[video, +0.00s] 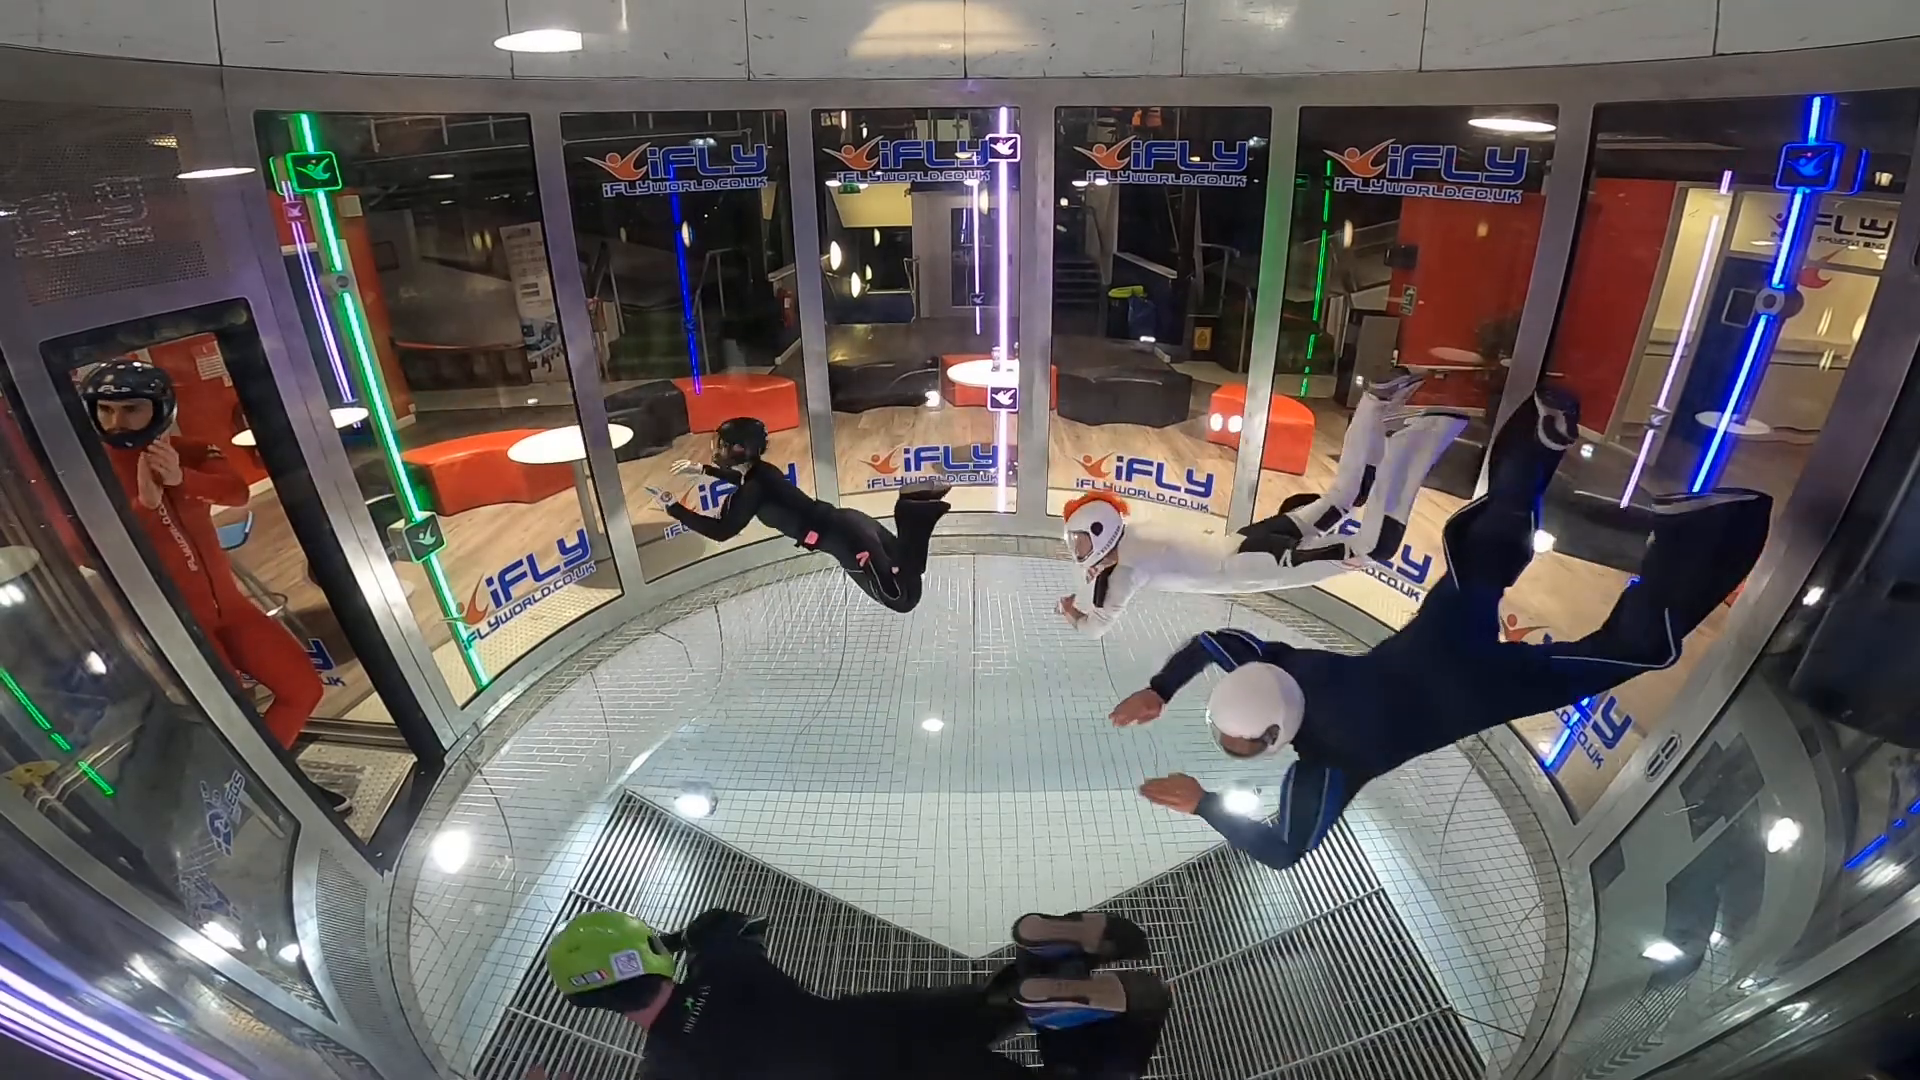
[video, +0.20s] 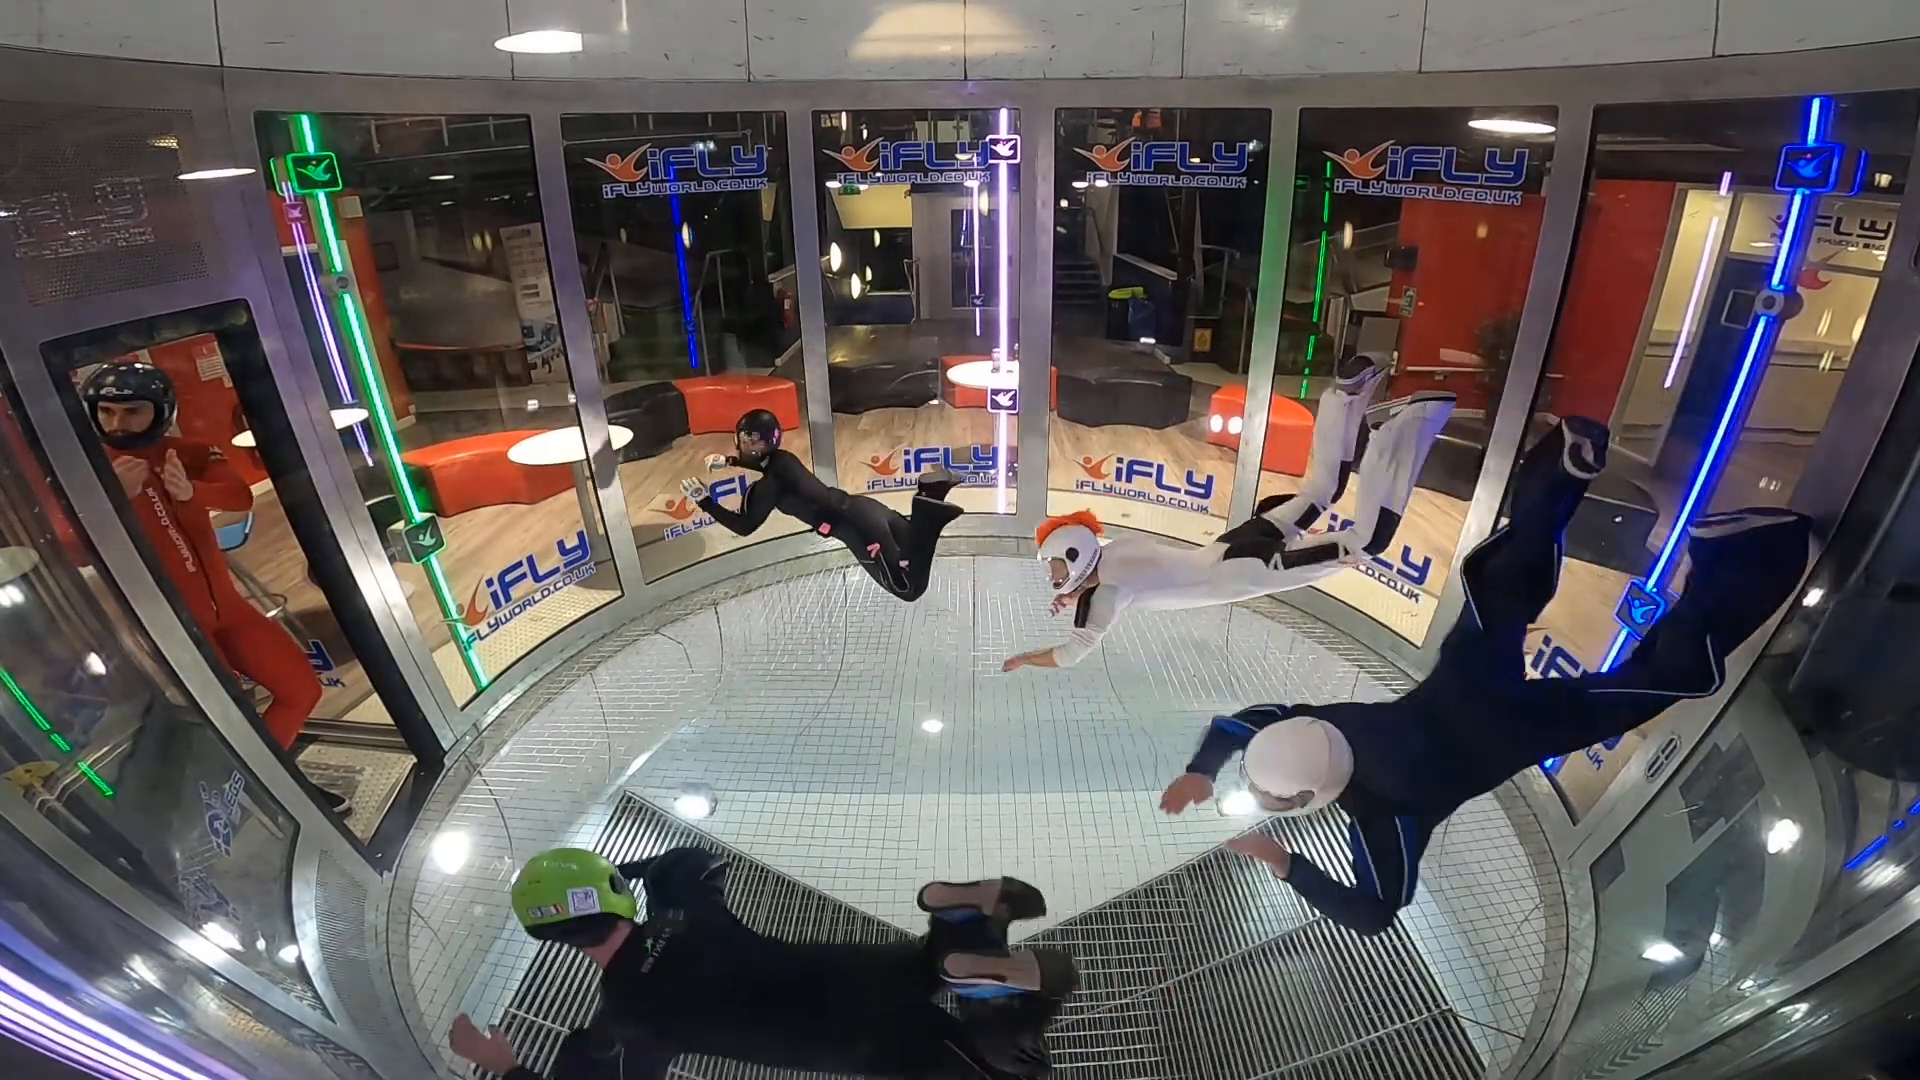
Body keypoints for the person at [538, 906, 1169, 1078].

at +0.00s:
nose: (645, 937)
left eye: (633, 936)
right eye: (634, 938)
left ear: (611, 1005)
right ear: (634, 965)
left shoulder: (667, 1063)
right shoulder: (714, 988)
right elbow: (737, 933)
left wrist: (687, 944)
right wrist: (689, 936)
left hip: (862, 1064)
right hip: (876, 1032)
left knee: (976, 1058)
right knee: (970, 1012)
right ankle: (1047, 985)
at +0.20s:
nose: (601, 909)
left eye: (570, 930)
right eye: (594, 897)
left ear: (568, 944)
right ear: (613, 890)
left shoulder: (632, 1016)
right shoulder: (680, 905)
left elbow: (581, 1063)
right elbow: (697, 859)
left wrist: (510, 1065)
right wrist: (618, 876)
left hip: (852, 1046)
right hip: (863, 972)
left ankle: (992, 1029)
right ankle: (980, 931)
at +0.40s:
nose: (585, 890)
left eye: (585, 874)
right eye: (573, 877)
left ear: (593, 872)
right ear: (615, 829)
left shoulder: (633, 957)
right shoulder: (669, 840)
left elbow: (591, 1060)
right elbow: (677, 811)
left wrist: (484, 1049)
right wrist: (609, 815)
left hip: (840, 972)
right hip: (835, 913)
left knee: (966, 1005)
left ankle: (988, 919)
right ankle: (936, 848)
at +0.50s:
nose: (591, 843)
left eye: (580, 844)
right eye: (590, 830)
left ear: (581, 871)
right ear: (619, 825)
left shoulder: (632, 945)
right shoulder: (676, 832)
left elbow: (588, 1044)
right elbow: (679, 782)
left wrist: (487, 1031)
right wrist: (602, 782)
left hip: (836, 958)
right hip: (836, 891)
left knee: (957, 973)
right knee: (895, 885)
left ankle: (977, 885)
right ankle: (928, 818)